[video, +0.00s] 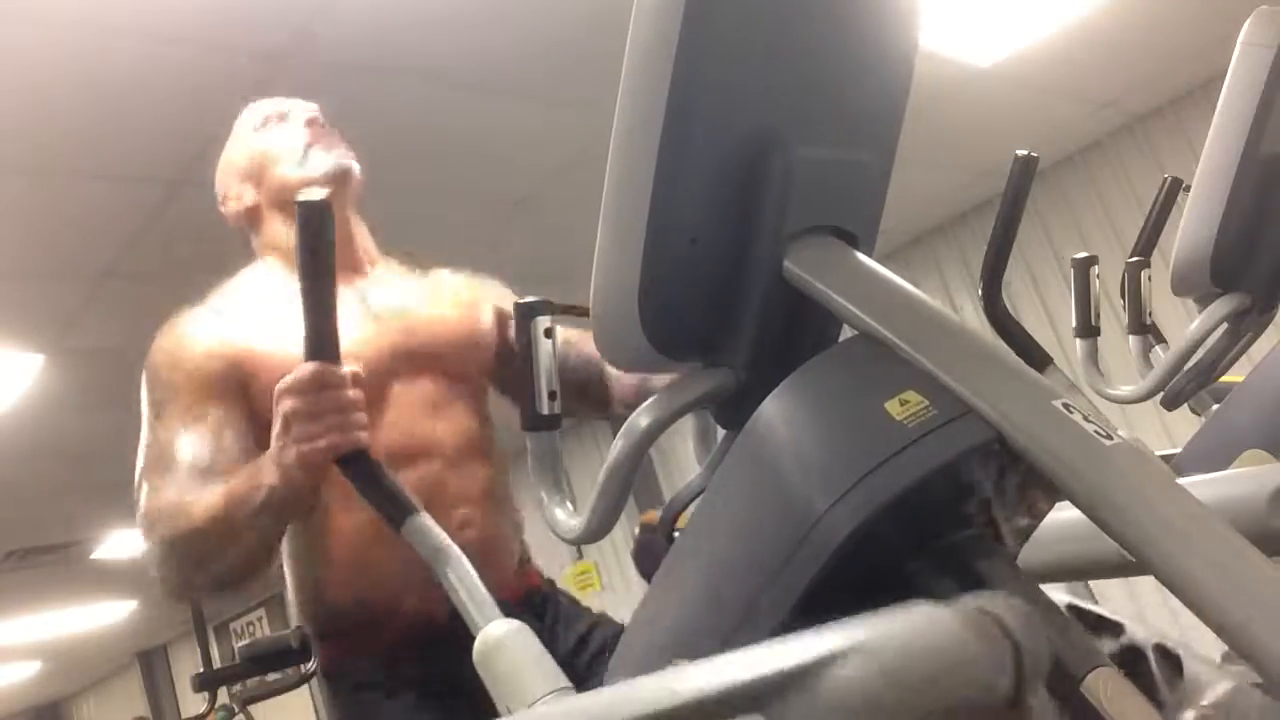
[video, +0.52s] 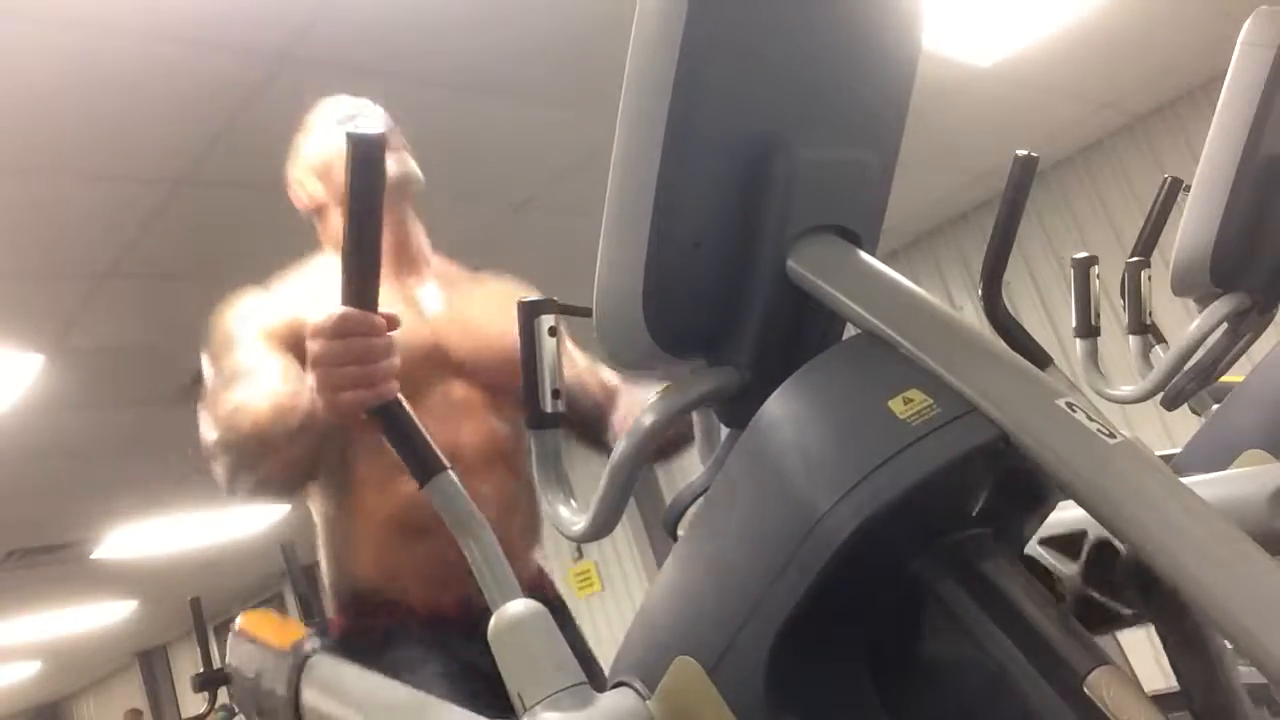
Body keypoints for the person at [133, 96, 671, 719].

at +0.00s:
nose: (316, 117)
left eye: (322, 116)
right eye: (275, 117)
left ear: (353, 164)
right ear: (234, 192)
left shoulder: (457, 298)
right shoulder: (205, 341)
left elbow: (617, 375)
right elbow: (183, 557)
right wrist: (281, 473)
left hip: (537, 624)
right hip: (386, 674)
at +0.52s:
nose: (371, 135)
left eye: (378, 125)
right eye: (340, 132)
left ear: (408, 160)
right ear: (305, 189)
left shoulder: (495, 299)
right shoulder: (267, 316)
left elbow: (599, 394)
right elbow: (242, 458)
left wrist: (647, 417)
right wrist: (317, 404)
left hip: (526, 613)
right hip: (393, 631)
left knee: (602, 716)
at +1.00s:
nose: (353, 83)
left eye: (364, 82)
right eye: (317, 82)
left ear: (391, 130)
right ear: (274, 154)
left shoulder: (477, 268)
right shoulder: (239, 276)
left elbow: (594, 380)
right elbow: (164, 450)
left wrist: (712, 378)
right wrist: (254, 544)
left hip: (525, 590)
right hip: (380, 622)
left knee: (697, 689)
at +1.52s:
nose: (364, 59)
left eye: (371, 57)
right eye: (323, 60)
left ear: (393, 108)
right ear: (284, 132)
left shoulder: (511, 247)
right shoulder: (249, 274)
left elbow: (599, 382)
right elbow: (185, 464)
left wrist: (715, 391)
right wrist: (239, 610)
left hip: (547, 571)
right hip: (405, 594)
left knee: (646, 709)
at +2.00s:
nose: (356, 70)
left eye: (368, 72)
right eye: (322, 77)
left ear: (400, 110)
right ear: (291, 152)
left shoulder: (520, 243)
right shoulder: (255, 268)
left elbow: (601, 391)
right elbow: (191, 453)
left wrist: (652, 531)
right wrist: (234, 622)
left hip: (558, 570)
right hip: (407, 599)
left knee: (674, 707)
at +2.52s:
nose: (363, 69)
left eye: (370, 64)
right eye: (323, 68)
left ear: (394, 106)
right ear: (280, 139)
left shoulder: (501, 252)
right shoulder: (241, 284)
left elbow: (582, 388)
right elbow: (186, 483)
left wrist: (644, 513)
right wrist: (239, 658)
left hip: (540, 574)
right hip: (392, 604)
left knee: (684, 703)